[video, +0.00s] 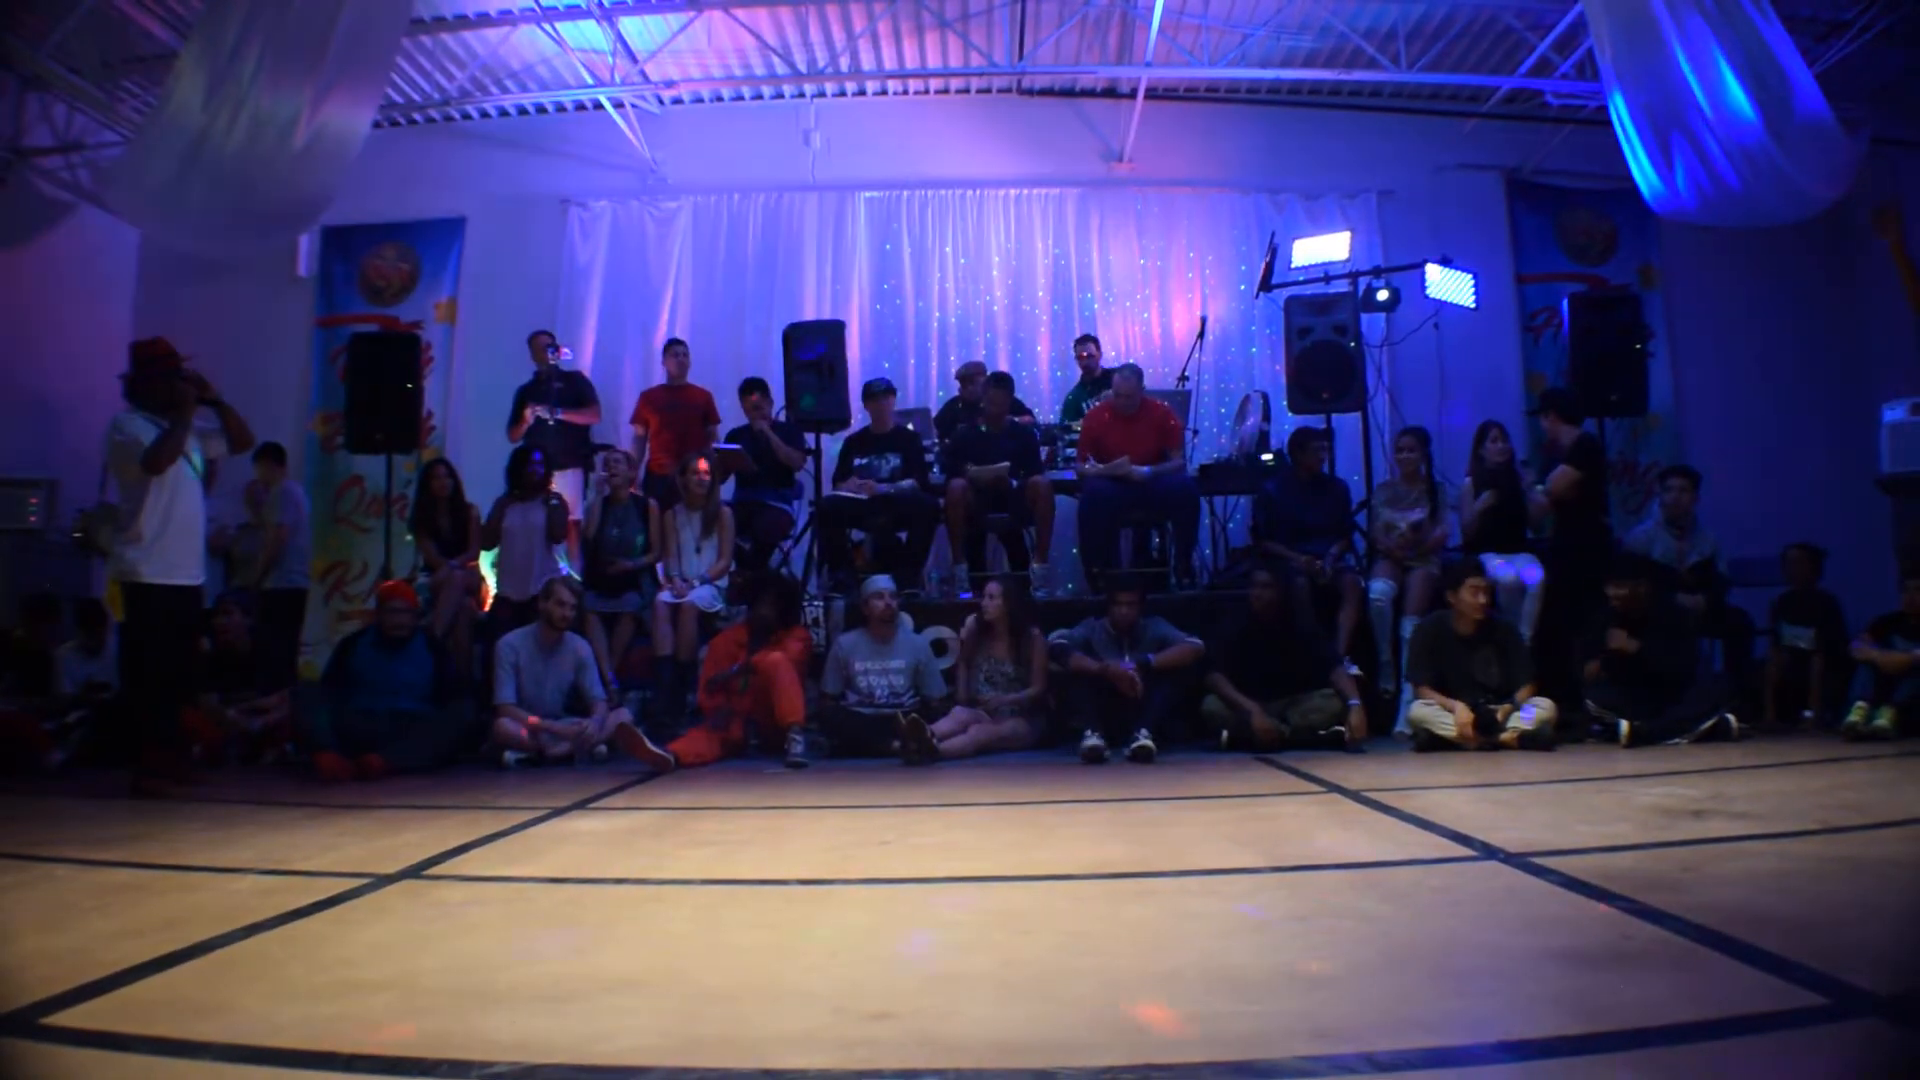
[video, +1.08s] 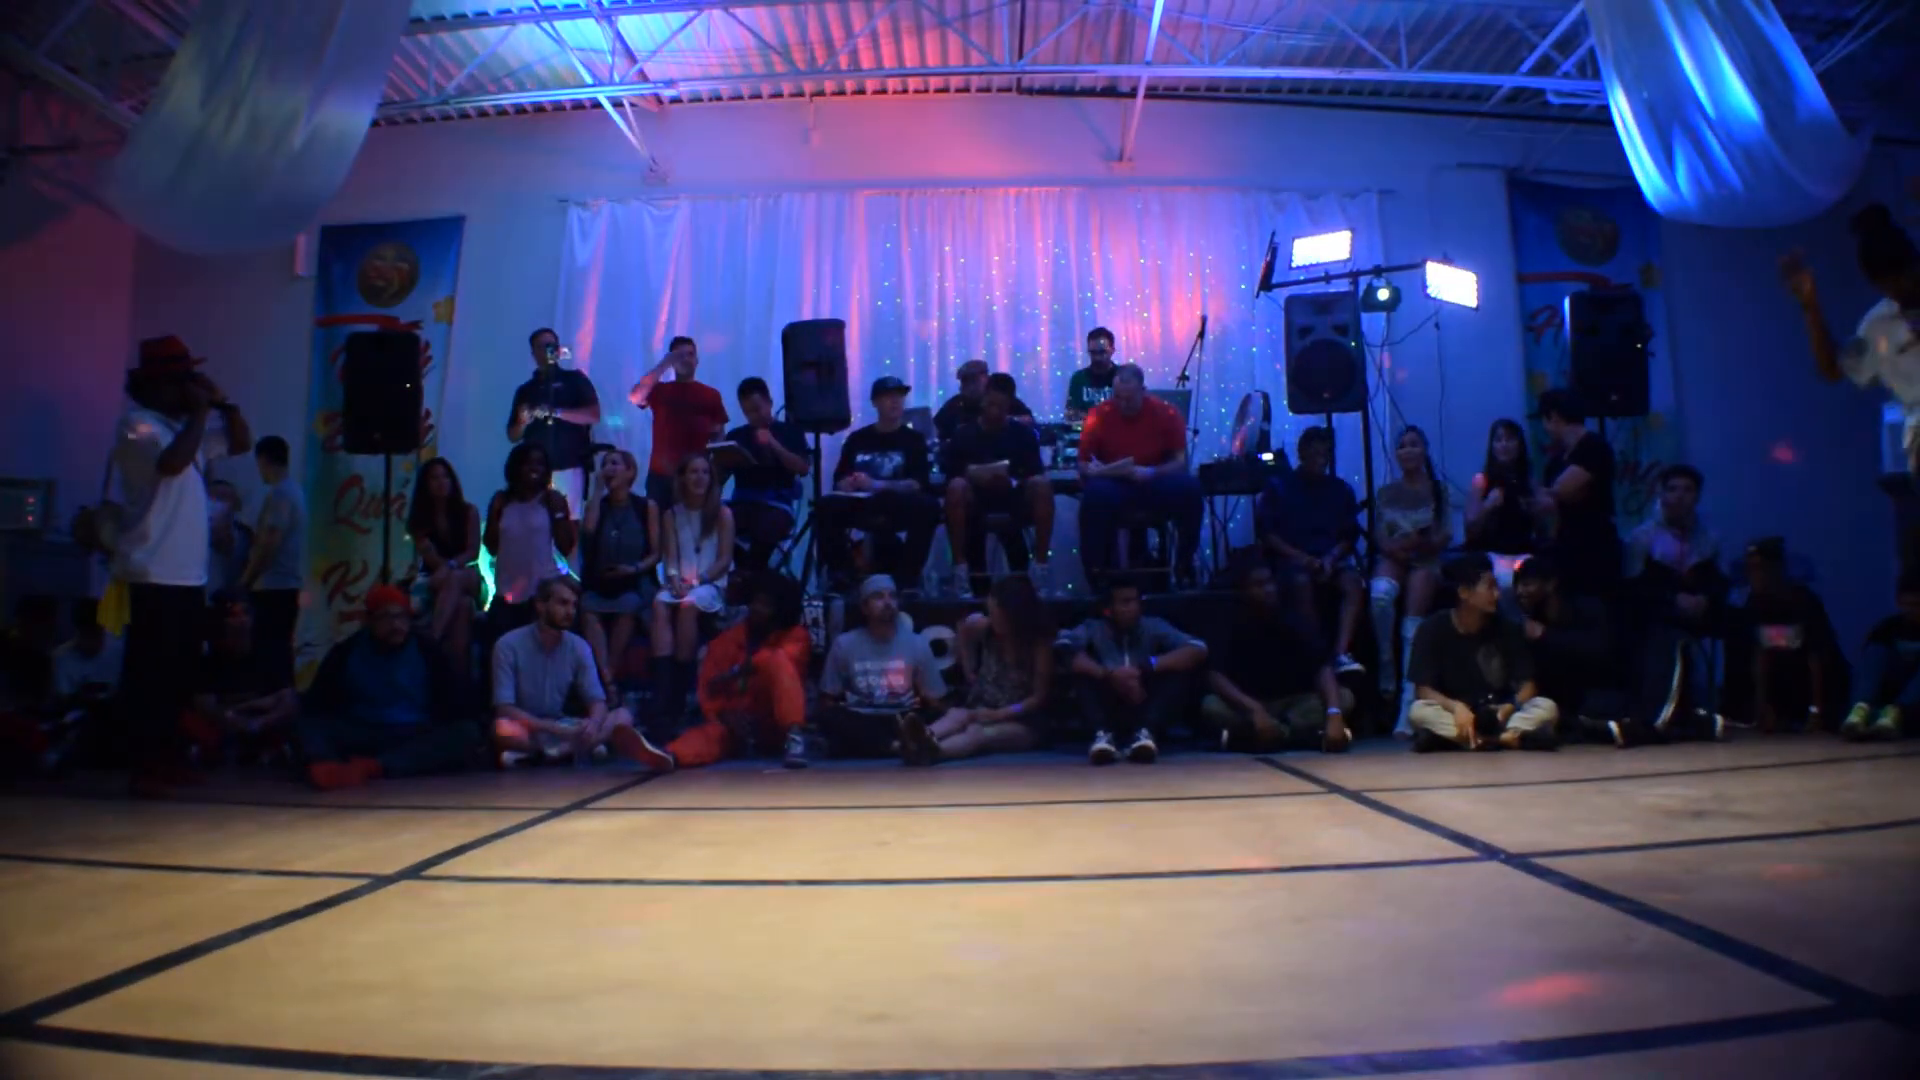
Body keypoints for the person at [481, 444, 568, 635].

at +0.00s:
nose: (536, 471)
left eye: (541, 465)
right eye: (530, 465)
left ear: (547, 470)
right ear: (517, 469)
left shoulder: (553, 502)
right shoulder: (504, 503)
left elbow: (558, 537)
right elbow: (487, 542)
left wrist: (553, 503)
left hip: (542, 592)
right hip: (508, 592)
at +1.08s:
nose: (534, 470)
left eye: (540, 465)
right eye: (528, 464)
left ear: (547, 470)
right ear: (515, 468)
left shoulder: (554, 500)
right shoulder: (501, 500)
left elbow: (566, 546)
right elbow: (491, 546)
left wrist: (557, 511)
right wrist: (496, 513)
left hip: (544, 593)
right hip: (508, 593)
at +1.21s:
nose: (534, 470)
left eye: (539, 464)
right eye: (528, 464)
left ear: (546, 470)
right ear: (515, 468)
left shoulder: (553, 501)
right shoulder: (501, 501)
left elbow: (564, 548)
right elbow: (491, 543)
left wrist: (557, 512)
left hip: (543, 591)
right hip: (508, 590)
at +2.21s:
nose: (534, 469)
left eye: (539, 463)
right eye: (527, 463)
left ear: (546, 469)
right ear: (515, 468)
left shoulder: (551, 503)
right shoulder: (498, 505)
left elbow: (561, 549)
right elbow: (489, 547)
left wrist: (555, 513)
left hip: (546, 582)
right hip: (509, 583)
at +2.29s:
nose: (534, 469)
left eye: (539, 464)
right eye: (527, 464)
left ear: (546, 469)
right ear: (515, 468)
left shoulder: (551, 503)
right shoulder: (497, 507)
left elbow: (562, 549)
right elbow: (487, 550)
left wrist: (555, 516)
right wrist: (495, 516)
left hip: (548, 584)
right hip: (509, 587)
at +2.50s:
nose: (535, 470)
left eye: (540, 465)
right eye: (529, 465)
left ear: (547, 470)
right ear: (518, 469)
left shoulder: (555, 506)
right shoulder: (505, 501)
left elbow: (564, 543)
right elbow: (486, 547)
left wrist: (546, 517)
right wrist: (500, 512)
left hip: (548, 581)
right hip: (512, 582)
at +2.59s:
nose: (536, 471)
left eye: (541, 466)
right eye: (530, 466)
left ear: (547, 471)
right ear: (518, 470)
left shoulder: (555, 507)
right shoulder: (506, 507)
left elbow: (561, 537)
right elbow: (485, 546)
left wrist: (527, 520)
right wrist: (502, 516)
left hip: (547, 575)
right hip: (513, 576)